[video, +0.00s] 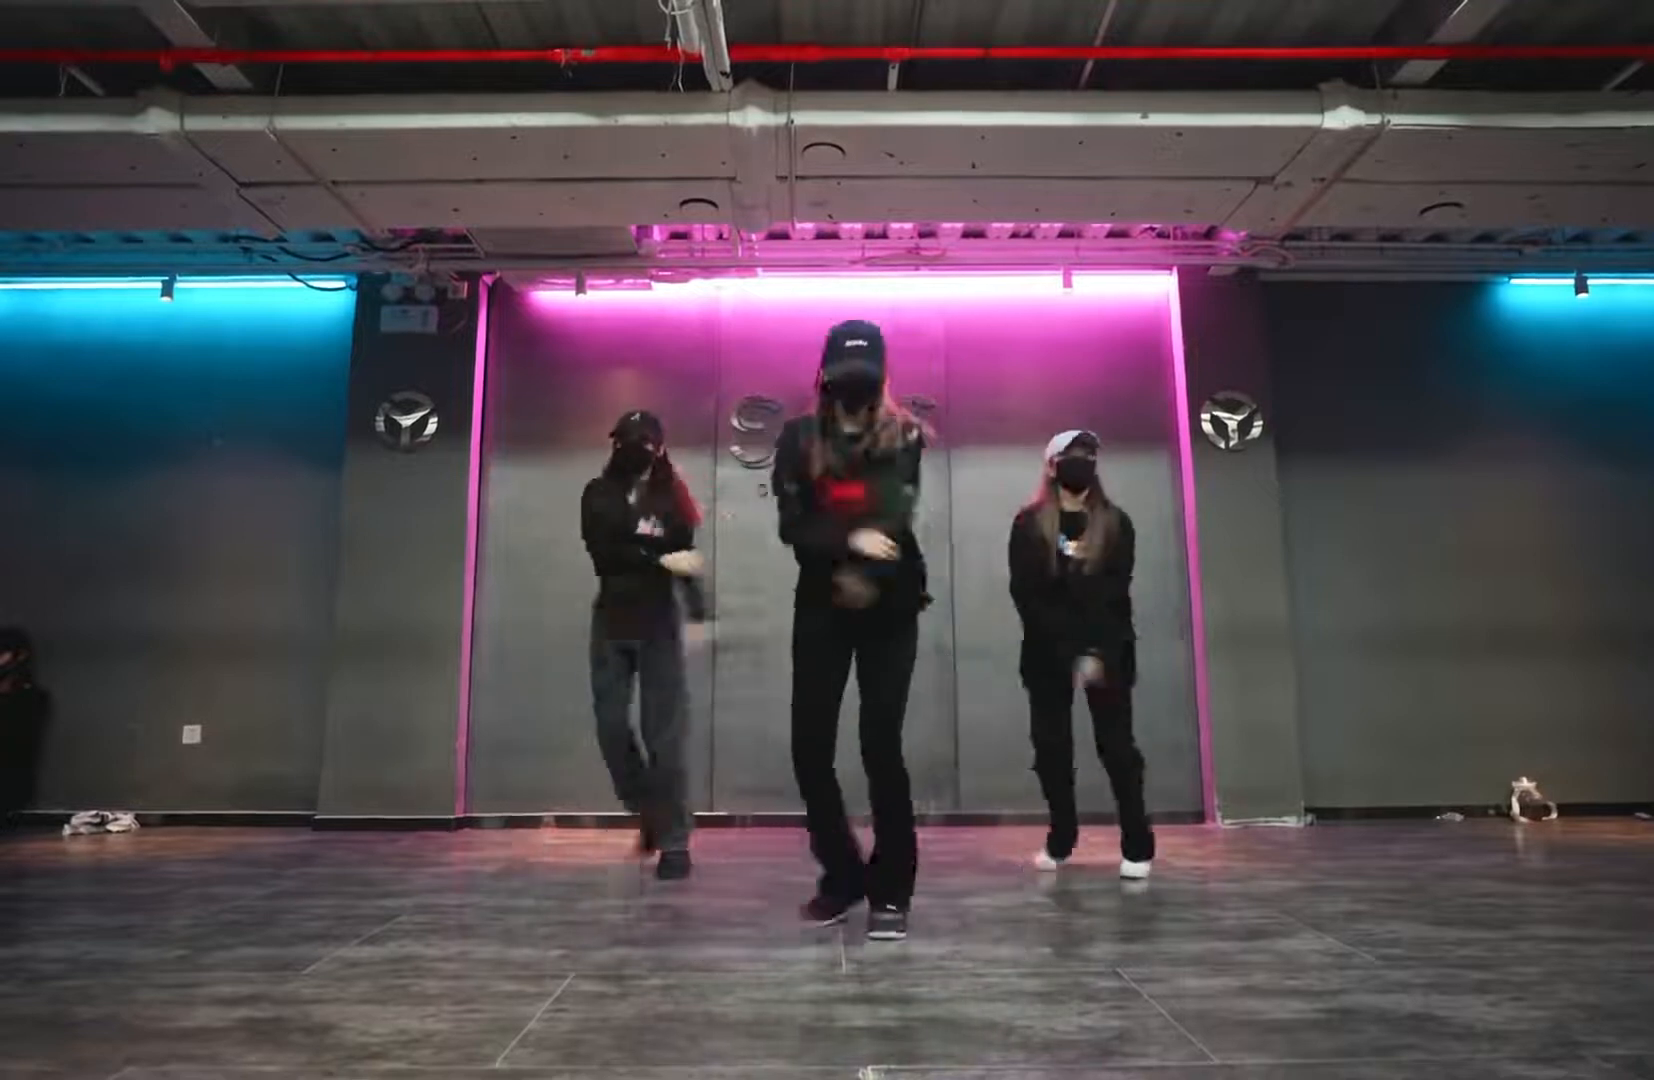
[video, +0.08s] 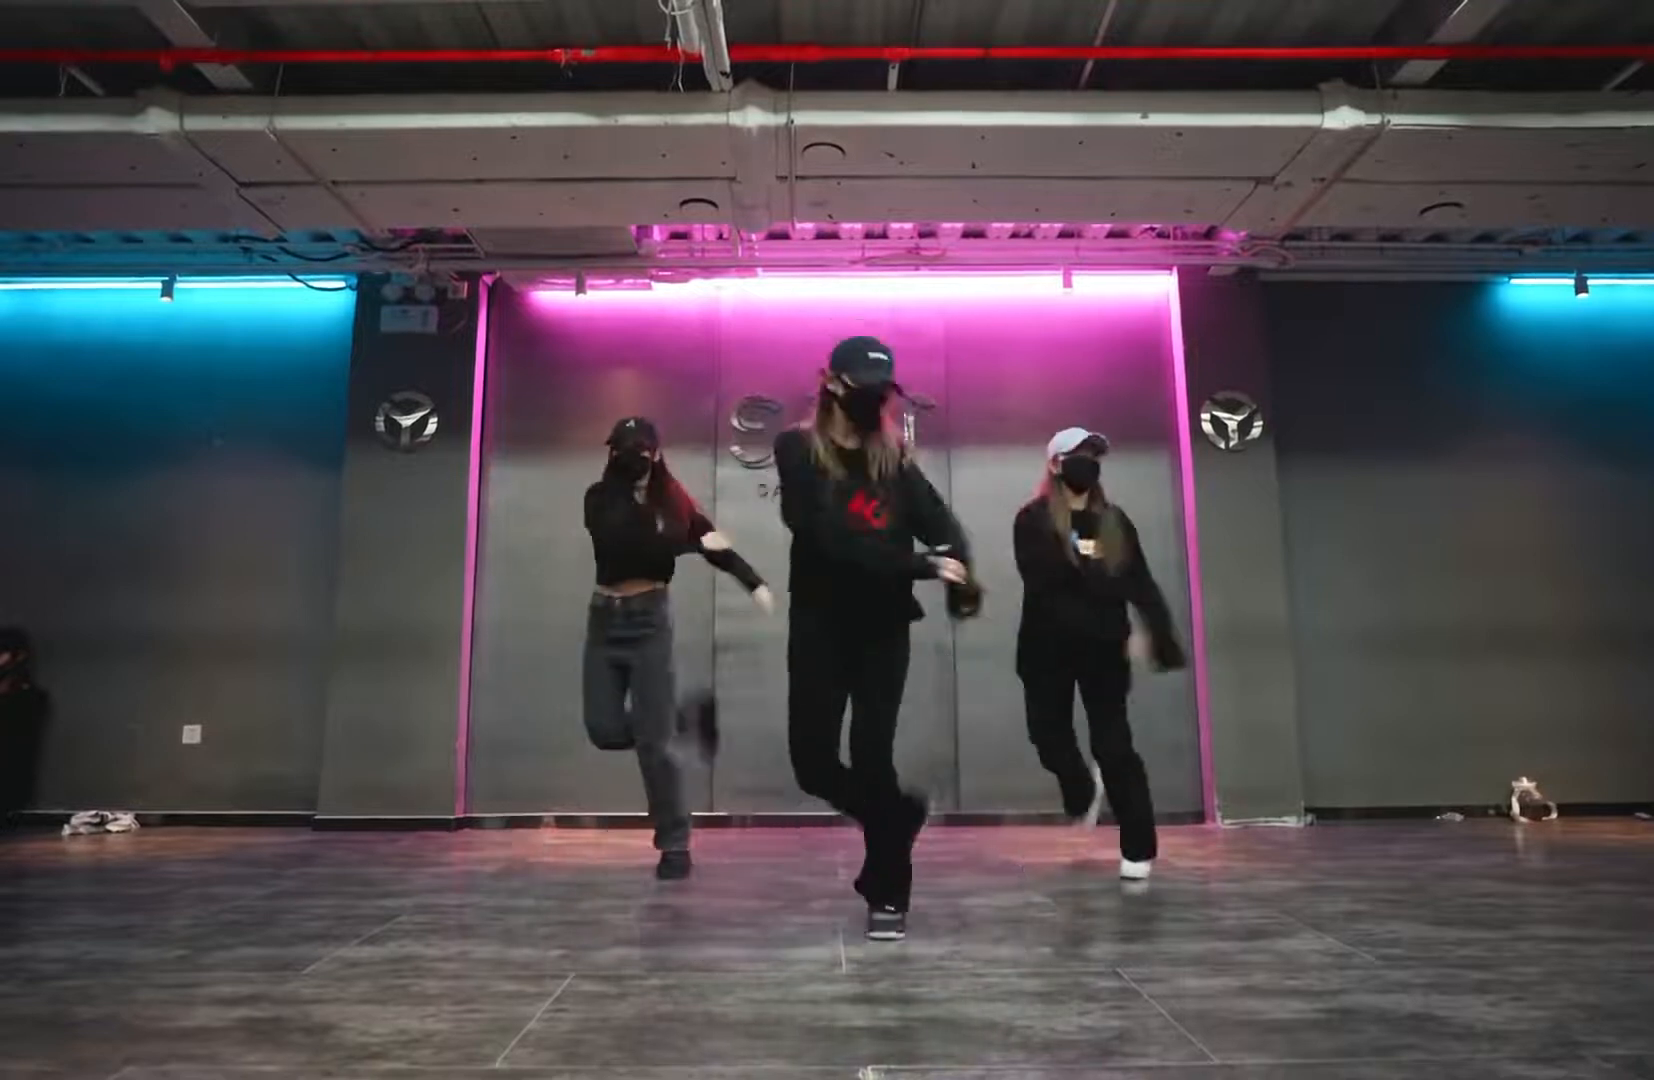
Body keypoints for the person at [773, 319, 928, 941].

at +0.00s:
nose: (851, 397)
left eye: (863, 386)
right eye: (842, 385)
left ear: (880, 382)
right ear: (825, 381)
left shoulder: (899, 436)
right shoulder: (798, 438)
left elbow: (897, 516)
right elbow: (793, 526)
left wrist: (865, 570)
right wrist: (849, 537)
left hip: (888, 604)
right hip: (821, 604)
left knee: (879, 747)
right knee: (811, 753)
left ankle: (891, 891)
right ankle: (843, 878)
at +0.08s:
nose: (873, 404)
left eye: (879, 395)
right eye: (862, 393)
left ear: (884, 395)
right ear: (833, 385)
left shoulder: (889, 459)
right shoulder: (798, 448)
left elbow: (939, 521)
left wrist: (957, 569)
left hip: (883, 630)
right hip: (819, 630)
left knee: (873, 761)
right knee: (813, 767)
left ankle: (888, 900)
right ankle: (899, 814)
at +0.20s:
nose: (866, 424)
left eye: (873, 412)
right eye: (856, 411)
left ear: (879, 407)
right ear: (825, 399)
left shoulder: (876, 470)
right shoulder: (788, 453)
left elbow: (908, 537)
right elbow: (801, 532)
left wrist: (905, 599)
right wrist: (891, 558)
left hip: (870, 629)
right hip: (807, 631)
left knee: (874, 759)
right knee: (793, 772)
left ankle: (889, 896)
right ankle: (882, 747)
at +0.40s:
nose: (809, 416)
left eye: (820, 406)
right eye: (802, 405)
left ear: (835, 408)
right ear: (788, 404)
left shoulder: (839, 461)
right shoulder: (768, 465)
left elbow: (781, 455)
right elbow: (710, 462)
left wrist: (716, 430)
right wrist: (677, 424)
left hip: (838, 632)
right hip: (780, 629)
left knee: (838, 760)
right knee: (684, 727)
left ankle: (889, 890)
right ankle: (687, 872)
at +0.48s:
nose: (783, 412)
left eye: (795, 405)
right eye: (777, 401)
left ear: (816, 406)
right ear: (766, 398)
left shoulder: (816, 457)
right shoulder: (754, 461)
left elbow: (750, 442)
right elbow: (694, 449)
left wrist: (689, 394)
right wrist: (670, 395)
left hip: (813, 629)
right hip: (761, 628)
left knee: (829, 762)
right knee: (668, 741)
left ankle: (887, 890)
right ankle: (671, 893)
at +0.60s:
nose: (748, 407)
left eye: (760, 399)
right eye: (748, 399)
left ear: (785, 401)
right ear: (751, 402)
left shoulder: (800, 454)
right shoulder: (739, 460)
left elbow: (722, 433)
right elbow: (679, 457)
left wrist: (669, 384)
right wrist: (661, 401)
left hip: (800, 630)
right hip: (745, 630)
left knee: (826, 760)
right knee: (649, 738)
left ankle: (887, 888)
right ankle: (666, 887)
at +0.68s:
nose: (753, 404)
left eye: (765, 395)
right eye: (748, 395)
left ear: (785, 399)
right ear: (741, 399)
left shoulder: (791, 448)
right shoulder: (738, 460)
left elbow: (704, 435)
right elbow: (675, 464)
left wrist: (647, 370)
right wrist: (664, 403)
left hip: (802, 625)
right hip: (747, 627)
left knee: (829, 758)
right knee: (651, 736)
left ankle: (887, 888)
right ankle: (667, 885)